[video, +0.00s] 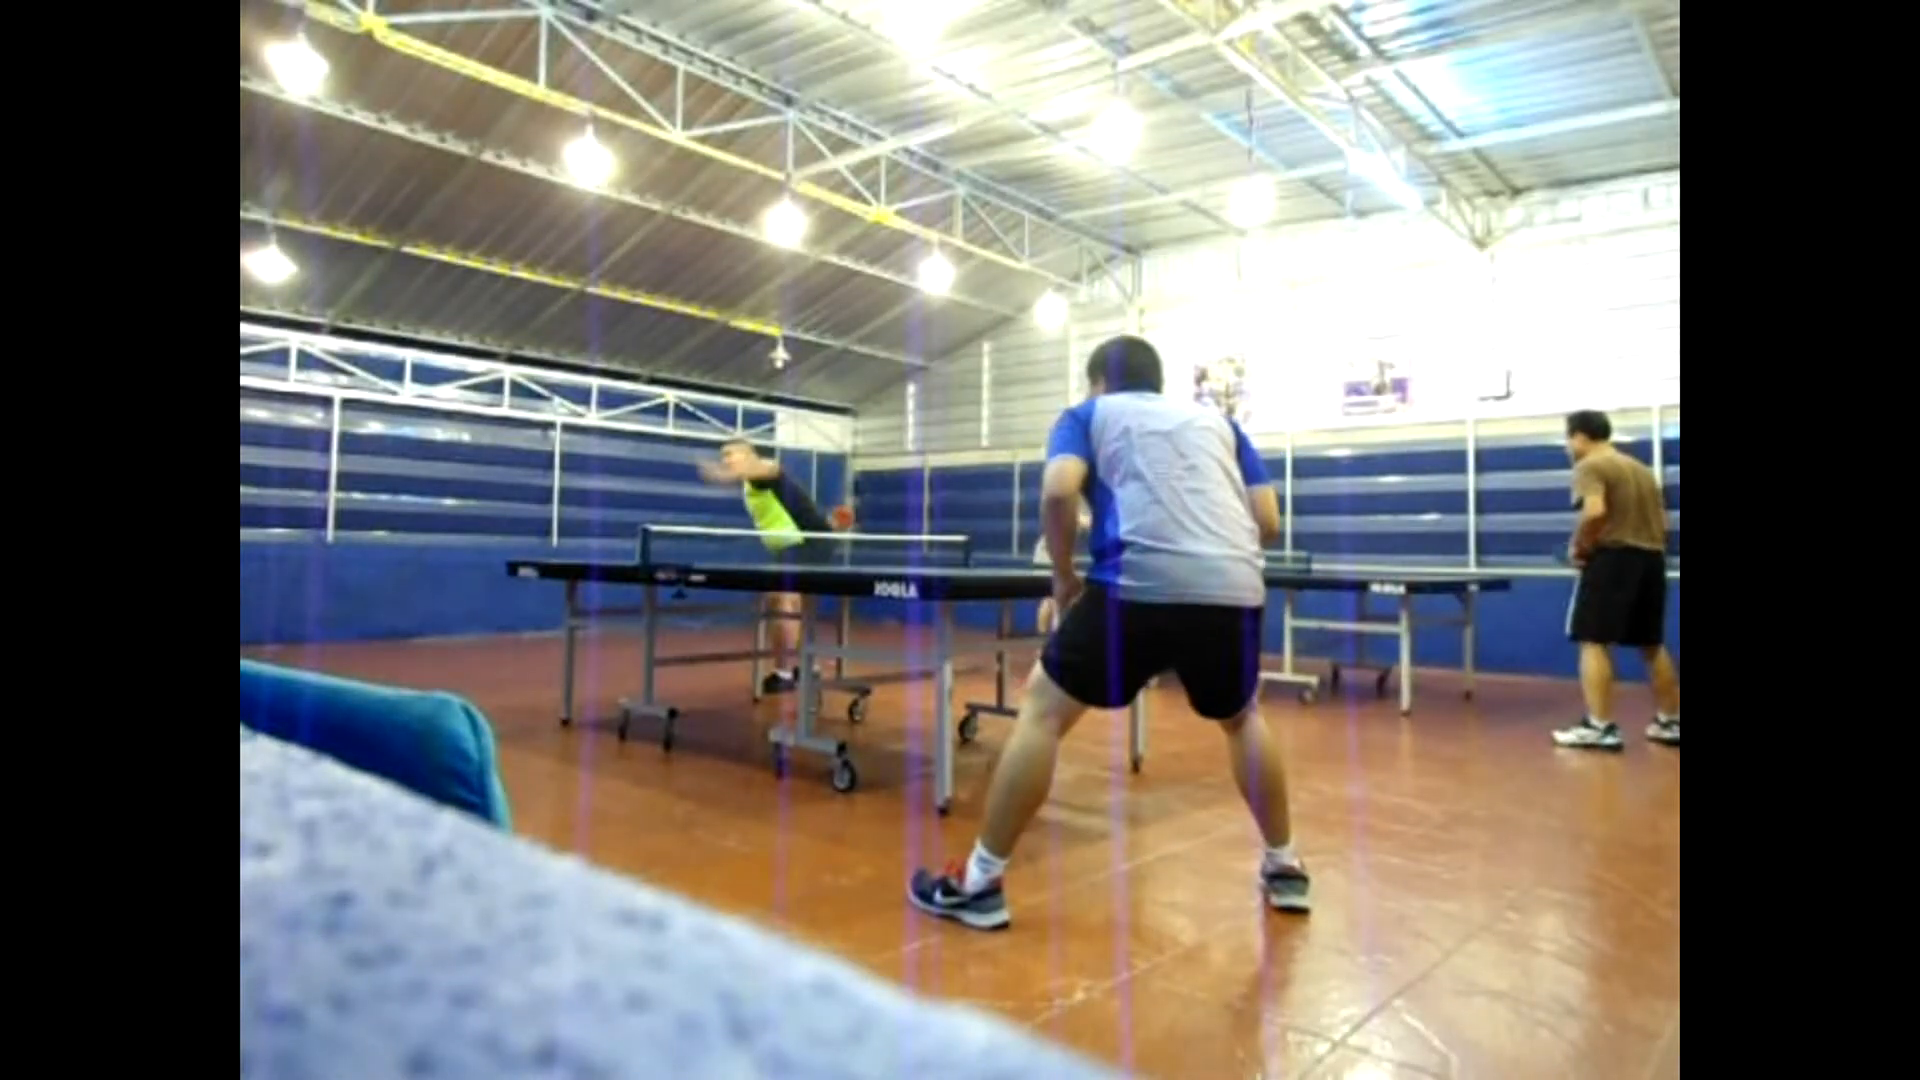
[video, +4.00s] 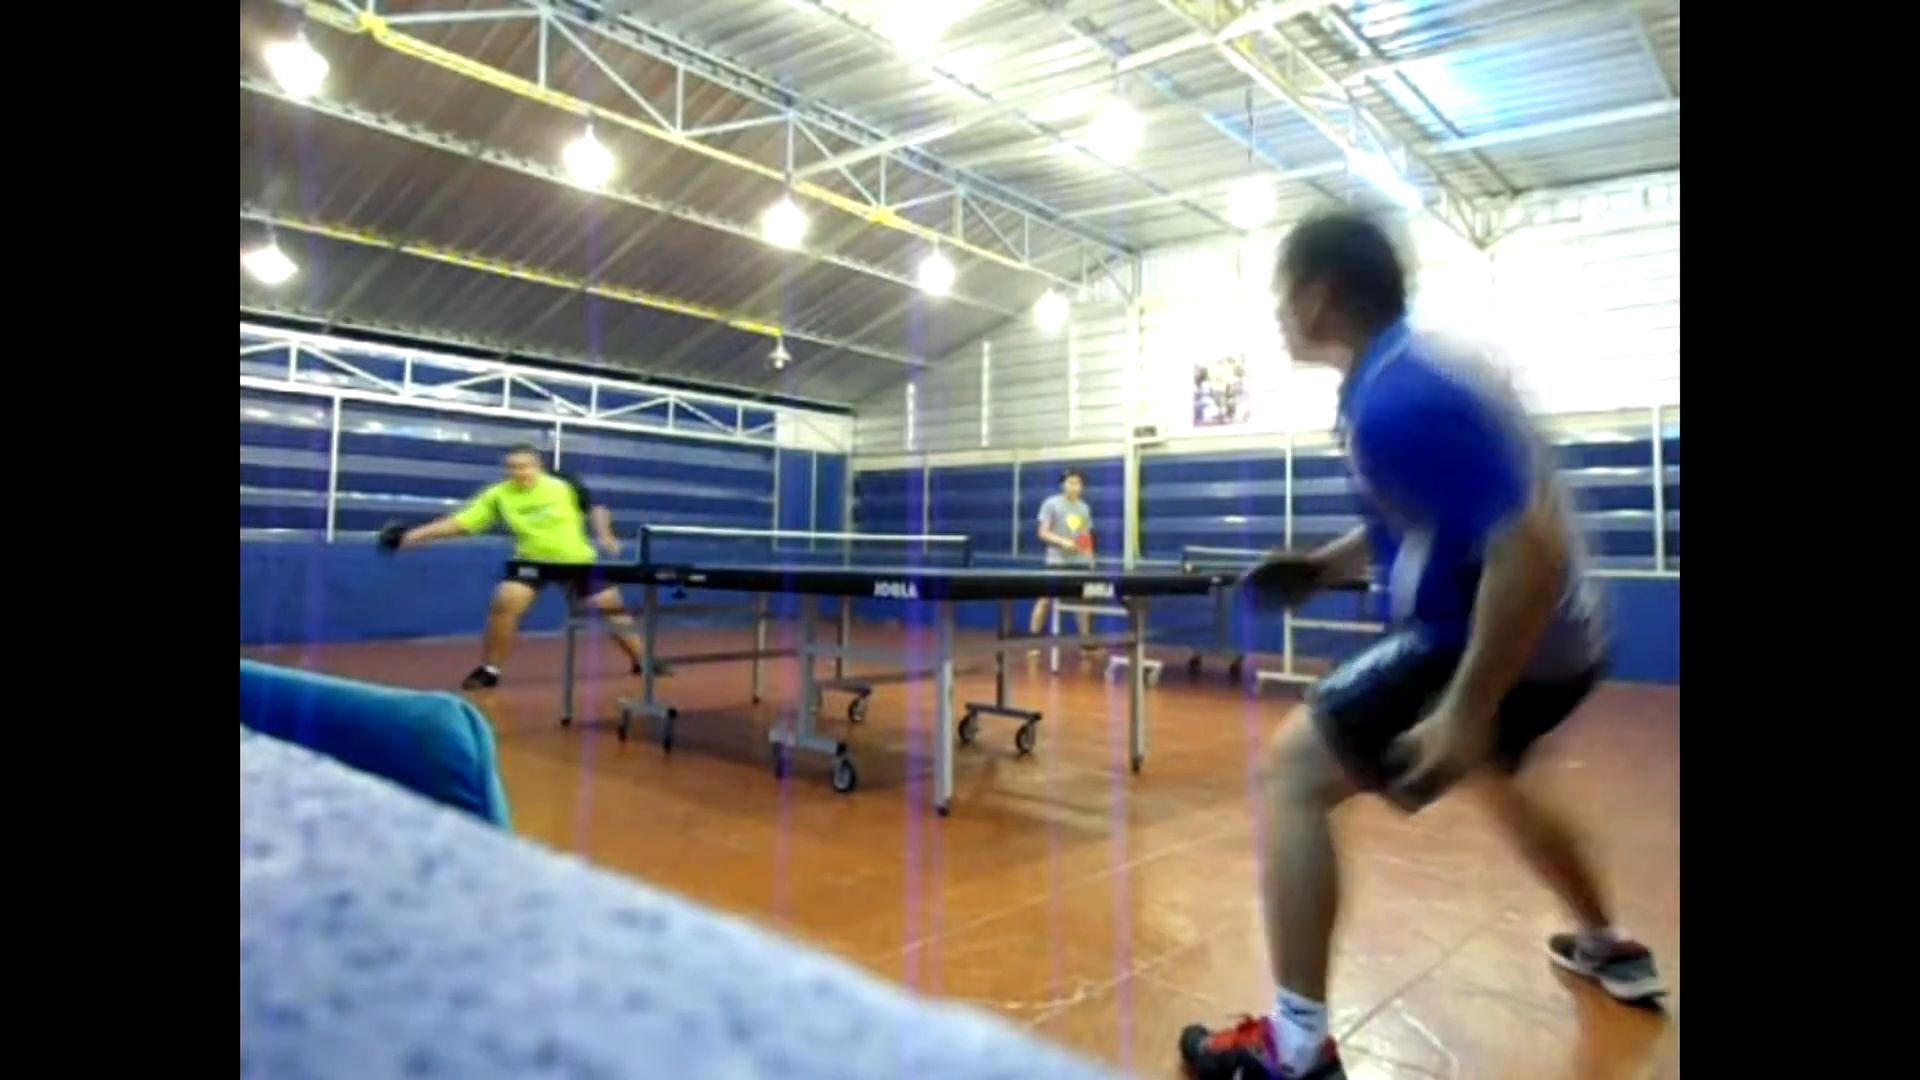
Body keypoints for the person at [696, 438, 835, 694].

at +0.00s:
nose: (728, 462)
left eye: (732, 454)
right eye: (725, 457)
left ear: (749, 454)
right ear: (727, 461)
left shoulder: (770, 471)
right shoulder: (749, 485)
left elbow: (753, 471)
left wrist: (720, 474)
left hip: (806, 544)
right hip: (784, 548)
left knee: (788, 604)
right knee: (775, 606)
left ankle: (790, 669)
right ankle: (782, 668)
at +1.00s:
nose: (767, 440)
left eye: (770, 435)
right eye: (761, 433)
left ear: (773, 440)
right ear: (743, 434)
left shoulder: (772, 467)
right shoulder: (718, 458)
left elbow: (767, 499)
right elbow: (701, 494)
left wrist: (777, 510)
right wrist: (751, 503)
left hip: (754, 543)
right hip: (714, 544)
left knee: (755, 604)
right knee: (700, 599)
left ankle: (760, 668)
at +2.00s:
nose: (667, 450)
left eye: (670, 444)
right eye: (661, 443)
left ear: (673, 447)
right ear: (645, 442)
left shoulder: (671, 467)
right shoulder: (621, 462)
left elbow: (664, 498)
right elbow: (638, 495)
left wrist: (687, 501)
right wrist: (680, 497)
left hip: (658, 544)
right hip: (620, 545)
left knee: (679, 600)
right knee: (618, 602)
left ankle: (695, 661)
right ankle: (600, 675)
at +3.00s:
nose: (639, 457)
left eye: (643, 451)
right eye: (632, 451)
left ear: (646, 455)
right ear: (617, 452)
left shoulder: (645, 481)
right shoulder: (610, 480)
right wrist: (686, 509)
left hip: (629, 562)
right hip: (591, 562)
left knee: (665, 598)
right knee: (575, 606)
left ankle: (663, 663)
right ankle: (538, 671)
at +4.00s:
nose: (521, 473)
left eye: (526, 466)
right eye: (515, 468)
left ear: (538, 465)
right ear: (508, 470)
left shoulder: (563, 486)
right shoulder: (499, 496)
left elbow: (595, 508)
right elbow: (459, 522)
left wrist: (605, 536)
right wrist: (410, 537)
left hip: (577, 559)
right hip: (532, 561)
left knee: (611, 605)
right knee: (504, 603)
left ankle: (643, 660)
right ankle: (490, 669)